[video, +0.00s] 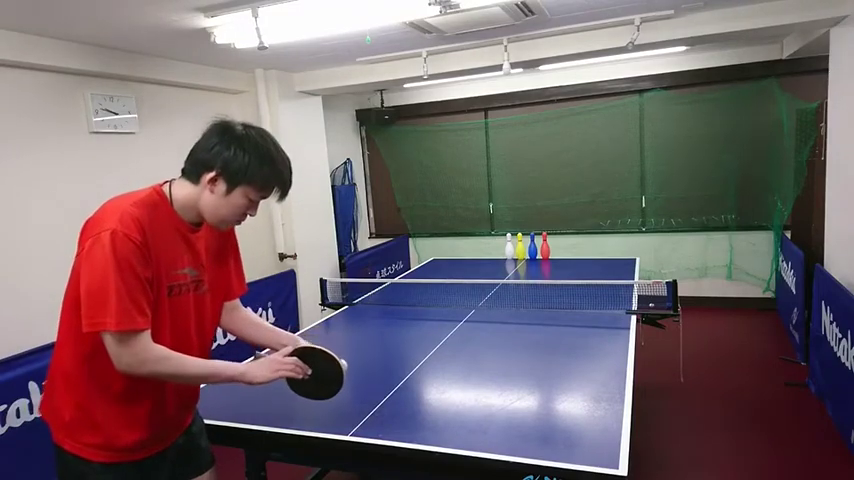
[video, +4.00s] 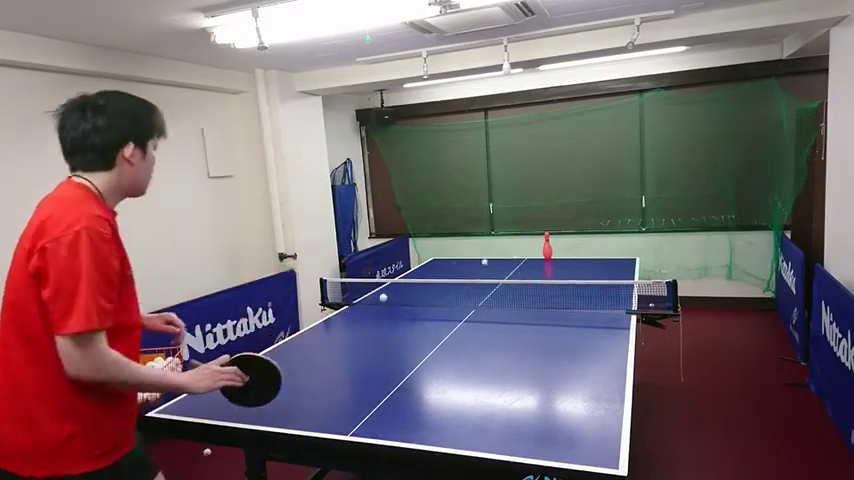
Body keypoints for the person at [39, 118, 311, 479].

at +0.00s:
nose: (252, 214)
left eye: (257, 204)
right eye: (250, 200)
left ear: (212, 182)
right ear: (213, 181)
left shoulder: (215, 225)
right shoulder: (119, 232)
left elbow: (229, 311)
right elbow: (131, 354)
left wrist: (294, 344)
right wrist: (242, 371)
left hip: (175, 423)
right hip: (104, 445)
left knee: (201, 473)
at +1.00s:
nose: (255, 219)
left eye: (261, 208)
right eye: (254, 205)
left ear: (218, 190)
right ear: (218, 188)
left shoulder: (217, 228)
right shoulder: (125, 238)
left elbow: (236, 311)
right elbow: (144, 360)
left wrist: (304, 348)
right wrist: (253, 379)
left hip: (172, 425)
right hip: (104, 445)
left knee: (194, 470)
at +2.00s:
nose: (242, 217)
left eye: (247, 206)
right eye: (239, 204)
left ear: (200, 191)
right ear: (198, 188)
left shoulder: (212, 230)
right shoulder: (96, 239)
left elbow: (234, 312)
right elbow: (77, 364)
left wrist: (306, 350)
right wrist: (187, 409)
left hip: (169, 436)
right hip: (94, 455)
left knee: (199, 470)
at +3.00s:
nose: (301, 210)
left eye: (305, 201)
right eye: (303, 200)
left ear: (245, 178)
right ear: (284, 199)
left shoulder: (209, 207)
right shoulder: (234, 259)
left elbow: (232, 303)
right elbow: (276, 328)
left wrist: (278, 278)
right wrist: (328, 319)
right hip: (139, 424)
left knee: (199, 469)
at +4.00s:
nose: (154, 162)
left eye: (155, 151)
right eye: (152, 150)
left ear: (83, 149)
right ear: (128, 153)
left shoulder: (71, 206)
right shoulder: (79, 223)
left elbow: (70, 305)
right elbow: (84, 359)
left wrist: (141, 320)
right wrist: (185, 380)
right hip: (74, 453)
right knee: (151, 472)